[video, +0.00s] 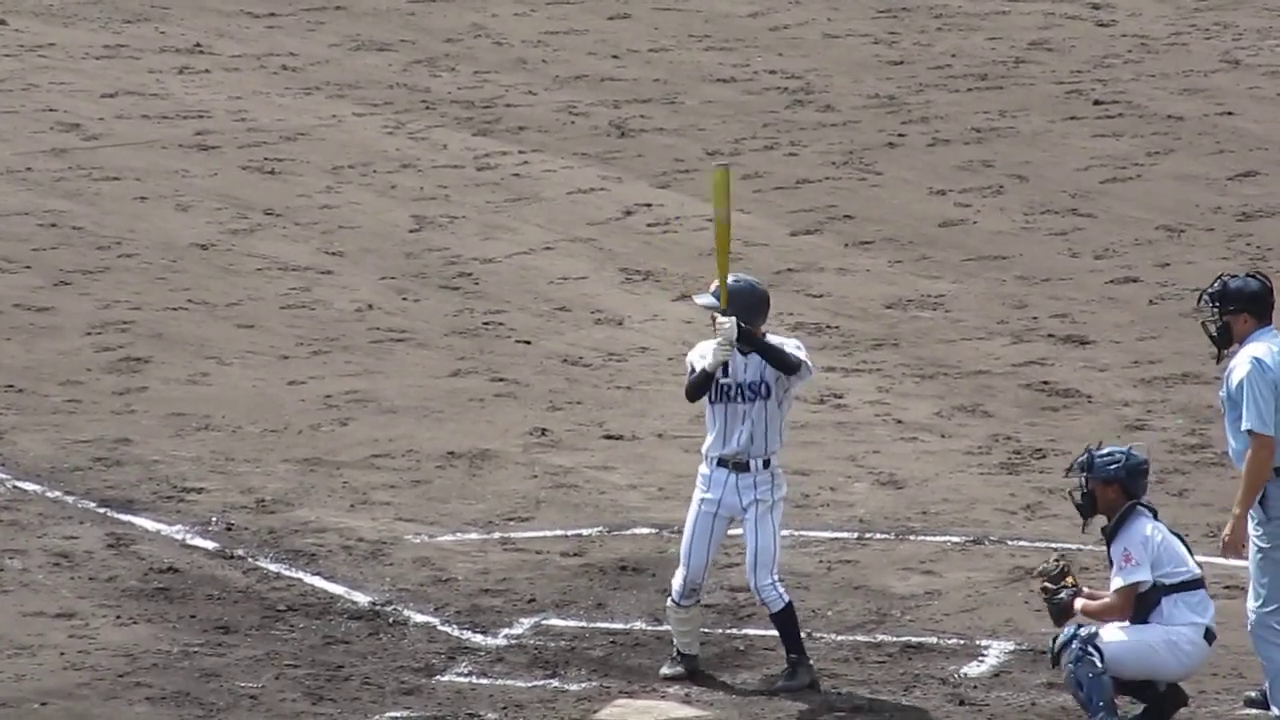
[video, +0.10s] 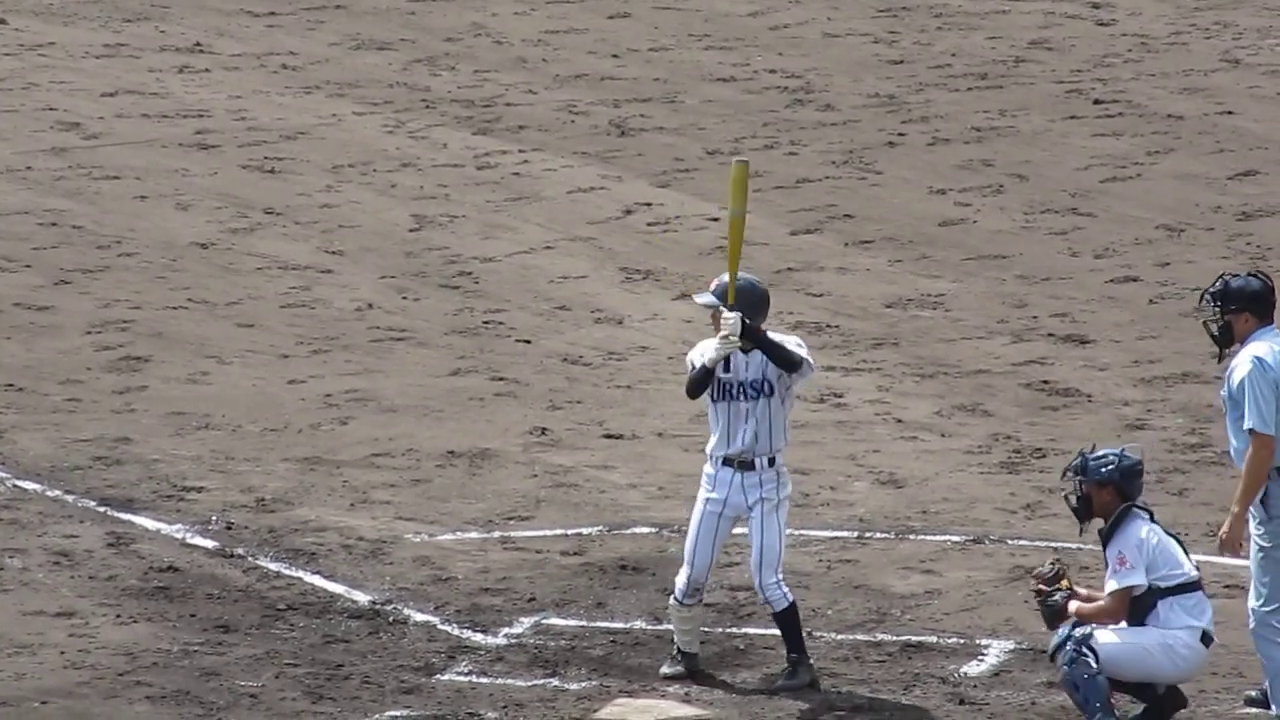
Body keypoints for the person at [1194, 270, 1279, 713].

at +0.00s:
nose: (1218, 320)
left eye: (1223, 313)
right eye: (1219, 312)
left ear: (1241, 317)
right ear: (1257, 315)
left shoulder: (1254, 363)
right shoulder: (1265, 348)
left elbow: (1263, 446)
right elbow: (1263, 444)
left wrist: (1239, 514)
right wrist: (1247, 512)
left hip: (1270, 505)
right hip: (1266, 501)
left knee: (1265, 614)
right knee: (1264, 606)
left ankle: (1275, 698)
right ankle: (1273, 689)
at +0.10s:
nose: (1219, 320)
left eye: (1225, 313)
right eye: (1220, 312)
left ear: (1245, 317)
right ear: (1255, 316)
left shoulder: (1255, 363)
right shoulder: (1265, 348)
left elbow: (1264, 445)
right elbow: (1263, 443)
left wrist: (1237, 512)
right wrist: (1246, 509)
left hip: (1270, 505)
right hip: (1266, 501)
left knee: (1265, 612)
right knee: (1265, 605)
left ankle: (1275, 696)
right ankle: (1273, 688)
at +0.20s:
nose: (1220, 323)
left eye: (1226, 315)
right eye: (1222, 314)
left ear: (1247, 320)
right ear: (1255, 319)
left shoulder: (1257, 365)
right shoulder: (1265, 351)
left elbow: (1265, 447)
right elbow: (1264, 446)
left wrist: (1238, 514)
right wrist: (1245, 511)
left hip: (1270, 508)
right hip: (1266, 505)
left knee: (1267, 613)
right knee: (1266, 606)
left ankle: (1275, 698)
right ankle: (1273, 689)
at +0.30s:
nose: (1220, 325)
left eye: (1226, 318)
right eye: (1222, 317)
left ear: (1247, 322)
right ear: (1255, 321)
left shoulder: (1258, 366)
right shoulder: (1266, 352)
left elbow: (1266, 447)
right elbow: (1265, 446)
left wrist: (1242, 516)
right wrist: (1247, 513)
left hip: (1271, 511)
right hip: (1267, 506)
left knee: (1266, 618)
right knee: (1266, 610)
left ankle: (1275, 700)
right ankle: (1274, 690)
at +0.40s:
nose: (1222, 328)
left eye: (1226, 320)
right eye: (1222, 319)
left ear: (1246, 323)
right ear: (1258, 320)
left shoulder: (1259, 367)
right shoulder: (1267, 354)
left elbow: (1269, 447)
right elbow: (1267, 447)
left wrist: (1248, 516)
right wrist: (1252, 514)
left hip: (1273, 515)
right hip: (1269, 512)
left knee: (1262, 622)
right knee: (1264, 614)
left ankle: (1275, 701)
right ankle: (1274, 694)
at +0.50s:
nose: (1221, 335)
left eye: (1224, 327)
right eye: (1221, 326)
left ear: (1243, 326)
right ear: (1258, 321)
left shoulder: (1258, 369)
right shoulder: (1269, 354)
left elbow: (1270, 448)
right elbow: (1269, 448)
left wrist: (1253, 520)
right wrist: (1256, 518)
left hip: (1274, 519)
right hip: (1271, 517)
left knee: (1255, 627)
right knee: (1262, 617)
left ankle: (1274, 702)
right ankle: (1273, 692)